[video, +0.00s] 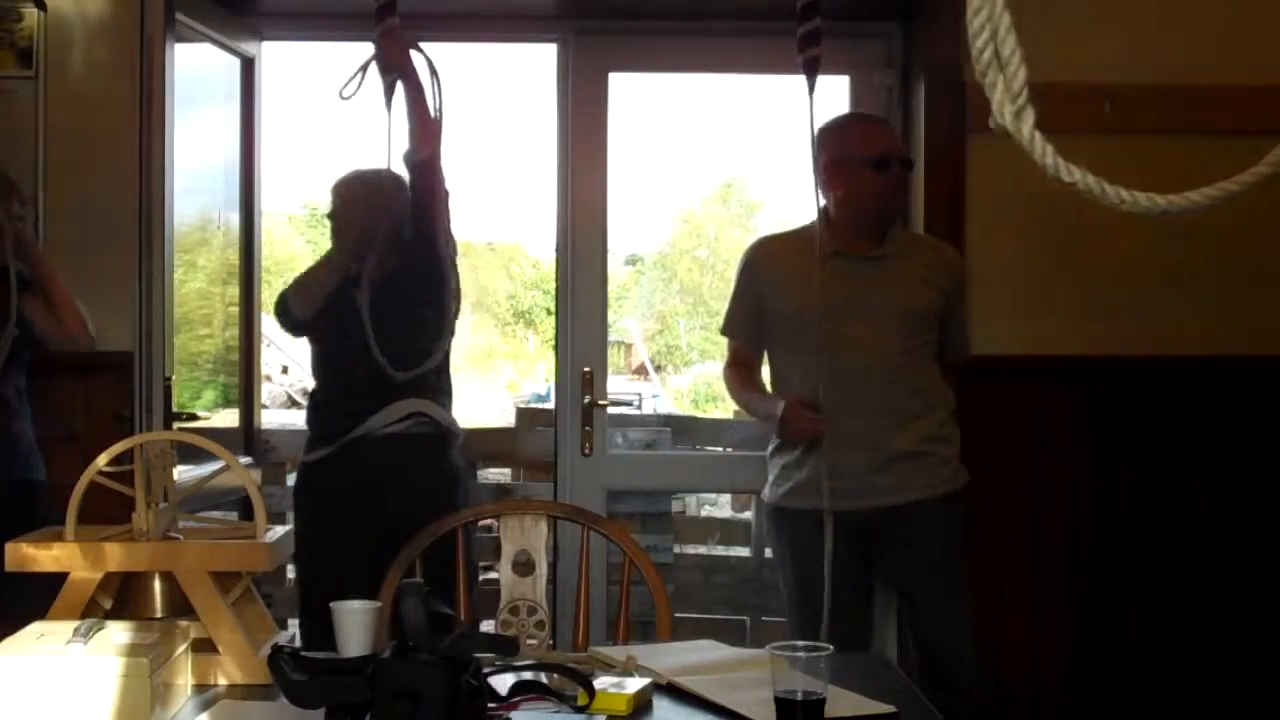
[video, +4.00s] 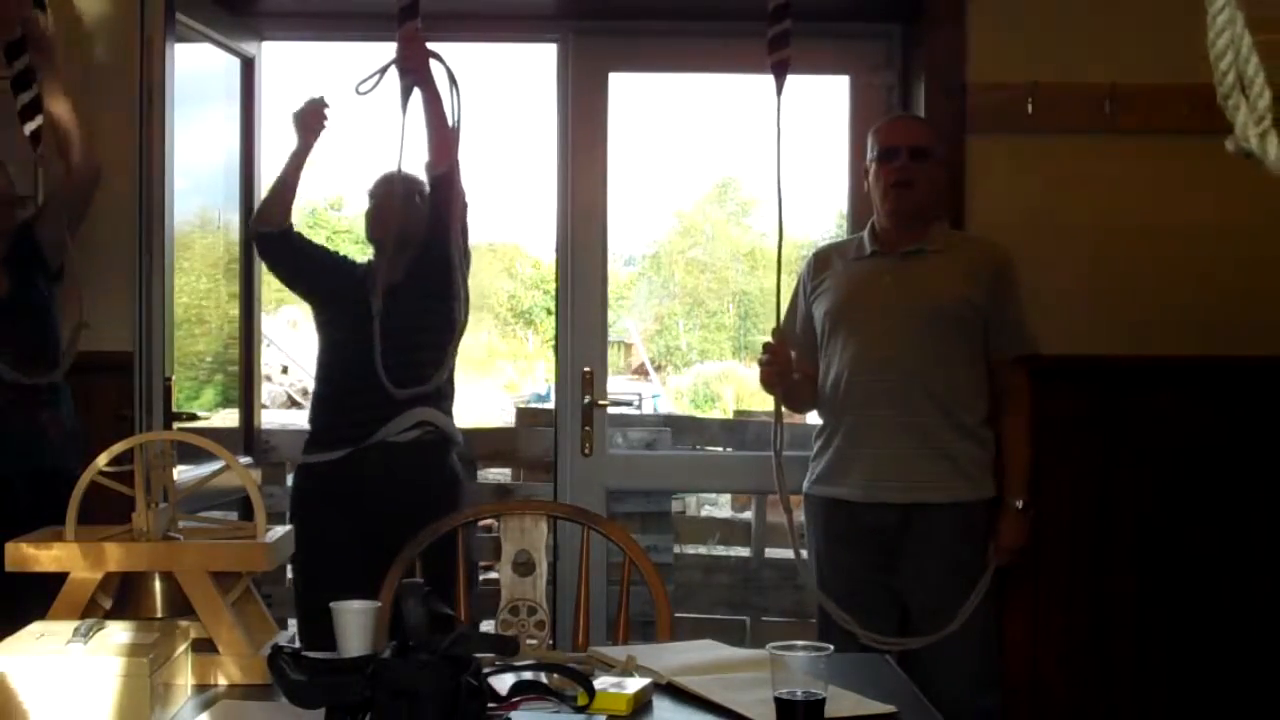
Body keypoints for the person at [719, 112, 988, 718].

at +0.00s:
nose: (900, 179)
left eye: (903, 167)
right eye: (882, 166)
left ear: (907, 173)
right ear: (829, 177)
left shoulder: (938, 264)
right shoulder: (769, 261)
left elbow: (956, 373)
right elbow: (739, 371)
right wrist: (773, 411)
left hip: (921, 496)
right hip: (811, 502)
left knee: (946, 669)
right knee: (829, 668)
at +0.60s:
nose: (872, 182)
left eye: (886, 167)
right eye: (861, 167)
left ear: (915, 177)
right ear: (842, 176)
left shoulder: (960, 265)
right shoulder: (794, 263)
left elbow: (993, 376)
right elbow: (764, 385)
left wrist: (936, 419)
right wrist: (837, 381)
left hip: (932, 507)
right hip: (824, 506)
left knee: (940, 673)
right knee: (826, 670)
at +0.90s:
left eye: (934, 166)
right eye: (912, 165)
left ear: (975, 181)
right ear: (900, 174)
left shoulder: (1010, 276)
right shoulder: (856, 246)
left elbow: (1023, 402)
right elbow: (765, 340)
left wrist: (950, 471)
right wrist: (807, 294)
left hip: (957, 510)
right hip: (851, 499)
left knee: (952, 676)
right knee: (846, 667)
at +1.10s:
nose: (981, 192)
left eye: (993, 179)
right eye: (967, 177)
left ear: (1006, 187)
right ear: (934, 181)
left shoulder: (1030, 286)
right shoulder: (878, 241)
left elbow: (1046, 416)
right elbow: (773, 292)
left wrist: (1014, 518)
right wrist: (751, 244)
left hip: (967, 528)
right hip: (865, 509)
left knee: (964, 691)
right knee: (856, 679)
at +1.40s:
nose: (951, 166)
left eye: (966, 154)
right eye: (935, 153)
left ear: (986, 171)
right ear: (908, 169)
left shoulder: (1017, 268)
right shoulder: (861, 249)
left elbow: (1057, 392)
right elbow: (770, 322)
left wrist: (1077, 497)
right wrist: (688, 313)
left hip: (975, 514)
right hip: (865, 503)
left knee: (975, 684)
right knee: (863, 680)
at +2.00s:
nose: (899, 167)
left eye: (912, 155)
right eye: (882, 157)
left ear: (928, 171)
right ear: (854, 175)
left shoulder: (973, 255)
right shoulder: (817, 265)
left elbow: (1006, 379)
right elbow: (801, 390)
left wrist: (1008, 491)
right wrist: (751, 373)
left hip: (949, 505)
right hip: (842, 505)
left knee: (954, 676)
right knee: (857, 676)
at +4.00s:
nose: (902, 167)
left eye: (918, 156)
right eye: (888, 156)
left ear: (941, 172)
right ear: (868, 174)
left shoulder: (982, 263)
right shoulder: (825, 266)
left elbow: (1013, 390)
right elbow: (808, 391)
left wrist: (1014, 503)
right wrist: (782, 381)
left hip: (952, 506)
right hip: (843, 505)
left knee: (953, 682)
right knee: (854, 678)